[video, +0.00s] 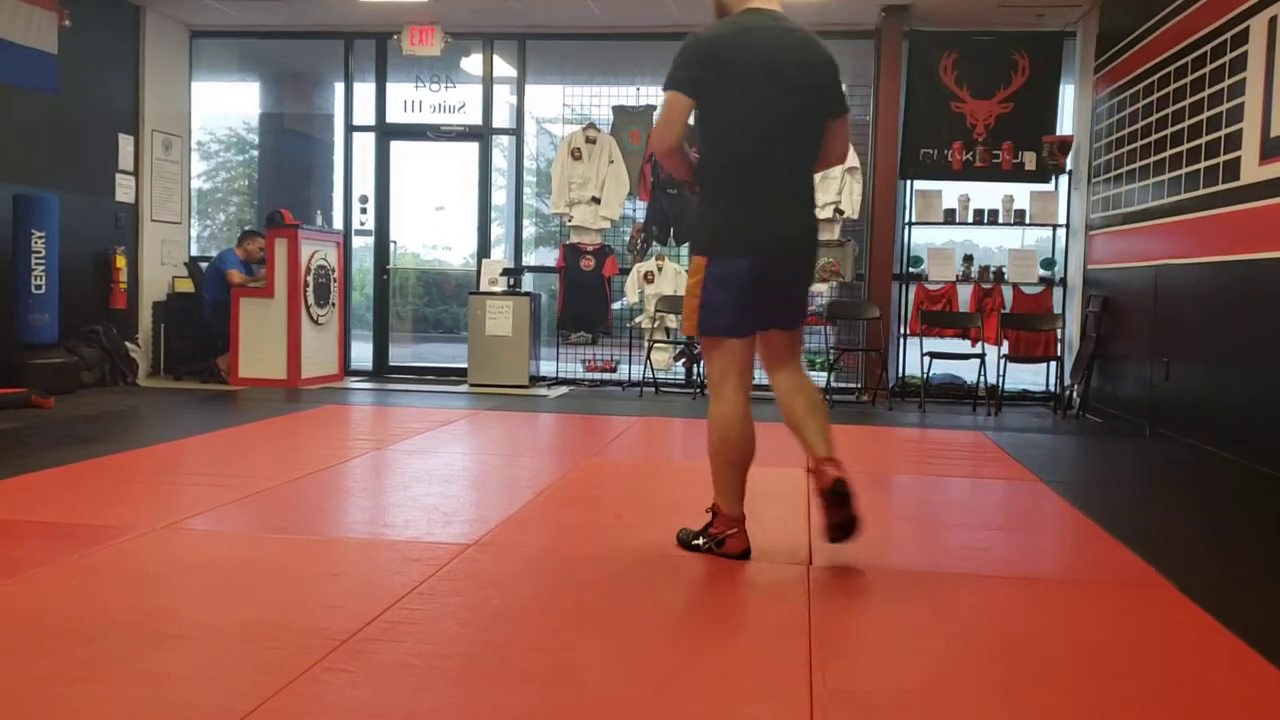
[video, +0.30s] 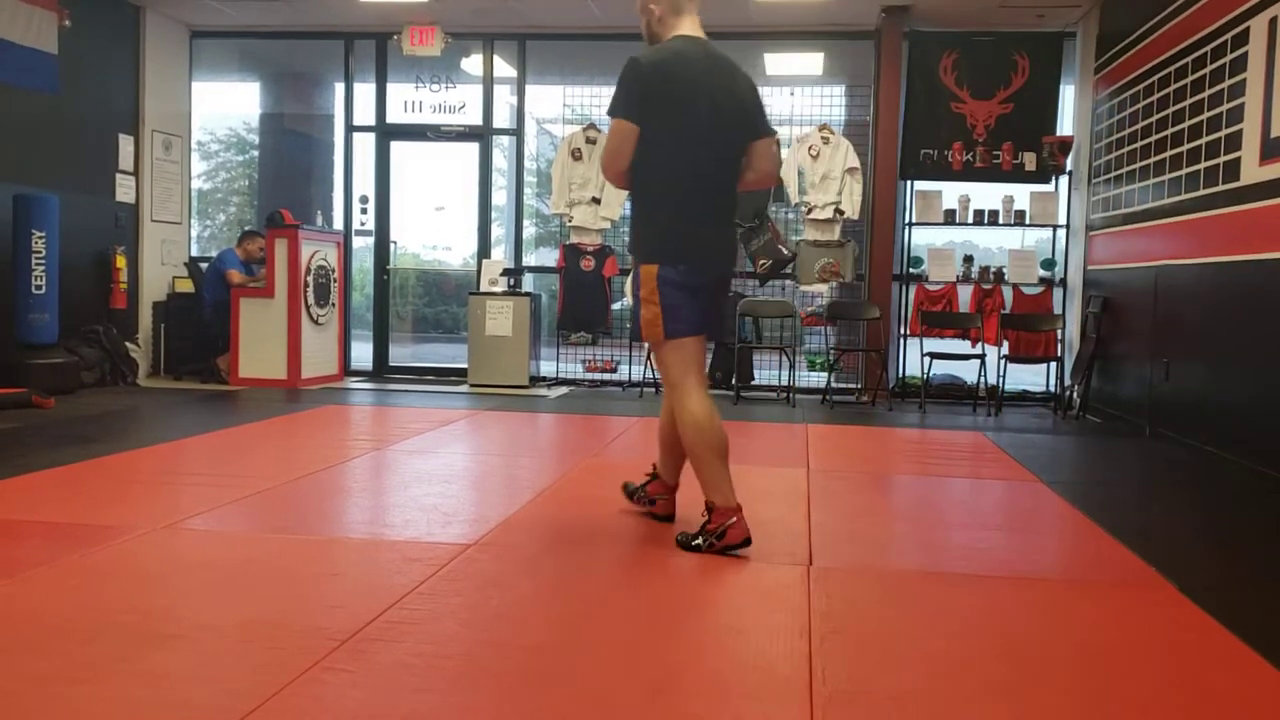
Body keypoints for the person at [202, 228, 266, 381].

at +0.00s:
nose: (262, 254)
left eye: (263, 251)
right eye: (260, 249)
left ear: (247, 245)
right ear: (246, 244)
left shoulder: (245, 263)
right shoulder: (229, 256)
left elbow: (252, 281)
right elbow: (235, 279)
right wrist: (257, 278)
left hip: (230, 308)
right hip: (214, 309)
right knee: (253, 331)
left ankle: (227, 363)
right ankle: (223, 362)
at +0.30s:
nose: (262, 254)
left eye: (263, 251)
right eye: (260, 249)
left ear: (248, 245)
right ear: (247, 244)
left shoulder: (246, 264)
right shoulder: (228, 256)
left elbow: (252, 283)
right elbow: (234, 280)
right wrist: (257, 278)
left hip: (230, 308)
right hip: (214, 309)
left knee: (259, 327)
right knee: (254, 330)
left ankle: (228, 362)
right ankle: (224, 361)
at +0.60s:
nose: (261, 253)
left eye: (262, 250)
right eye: (260, 249)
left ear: (247, 245)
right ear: (247, 244)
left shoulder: (245, 264)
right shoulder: (228, 255)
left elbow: (253, 281)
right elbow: (236, 280)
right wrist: (258, 278)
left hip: (229, 308)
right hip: (213, 309)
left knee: (257, 328)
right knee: (252, 331)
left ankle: (226, 363)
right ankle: (223, 362)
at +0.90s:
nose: (261, 253)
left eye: (262, 250)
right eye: (260, 249)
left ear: (248, 245)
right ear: (247, 244)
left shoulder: (246, 264)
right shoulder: (228, 255)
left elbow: (253, 282)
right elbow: (236, 280)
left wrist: (265, 276)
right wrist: (258, 278)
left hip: (230, 308)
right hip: (214, 309)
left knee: (258, 327)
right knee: (252, 331)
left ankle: (226, 363)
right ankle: (223, 362)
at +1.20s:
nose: (262, 254)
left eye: (263, 250)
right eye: (260, 249)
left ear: (248, 245)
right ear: (247, 244)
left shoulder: (246, 264)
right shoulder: (228, 256)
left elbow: (253, 284)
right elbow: (236, 280)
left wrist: (267, 277)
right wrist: (259, 279)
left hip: (230, 308)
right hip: (213, 308)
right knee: (252, 332)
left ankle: (226, 363)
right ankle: (223, 363)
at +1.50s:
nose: (261, 254)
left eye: (262, 250)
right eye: (260, 249)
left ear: (248, 245)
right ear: (247, 244)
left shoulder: (246, 264)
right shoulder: (228, 255)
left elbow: (252, 284)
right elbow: (235, 280)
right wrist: (258, 278)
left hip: (230, 308)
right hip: (213, 309)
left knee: (259, 327)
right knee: (253, 330)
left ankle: (227, 363)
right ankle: (224, 362)